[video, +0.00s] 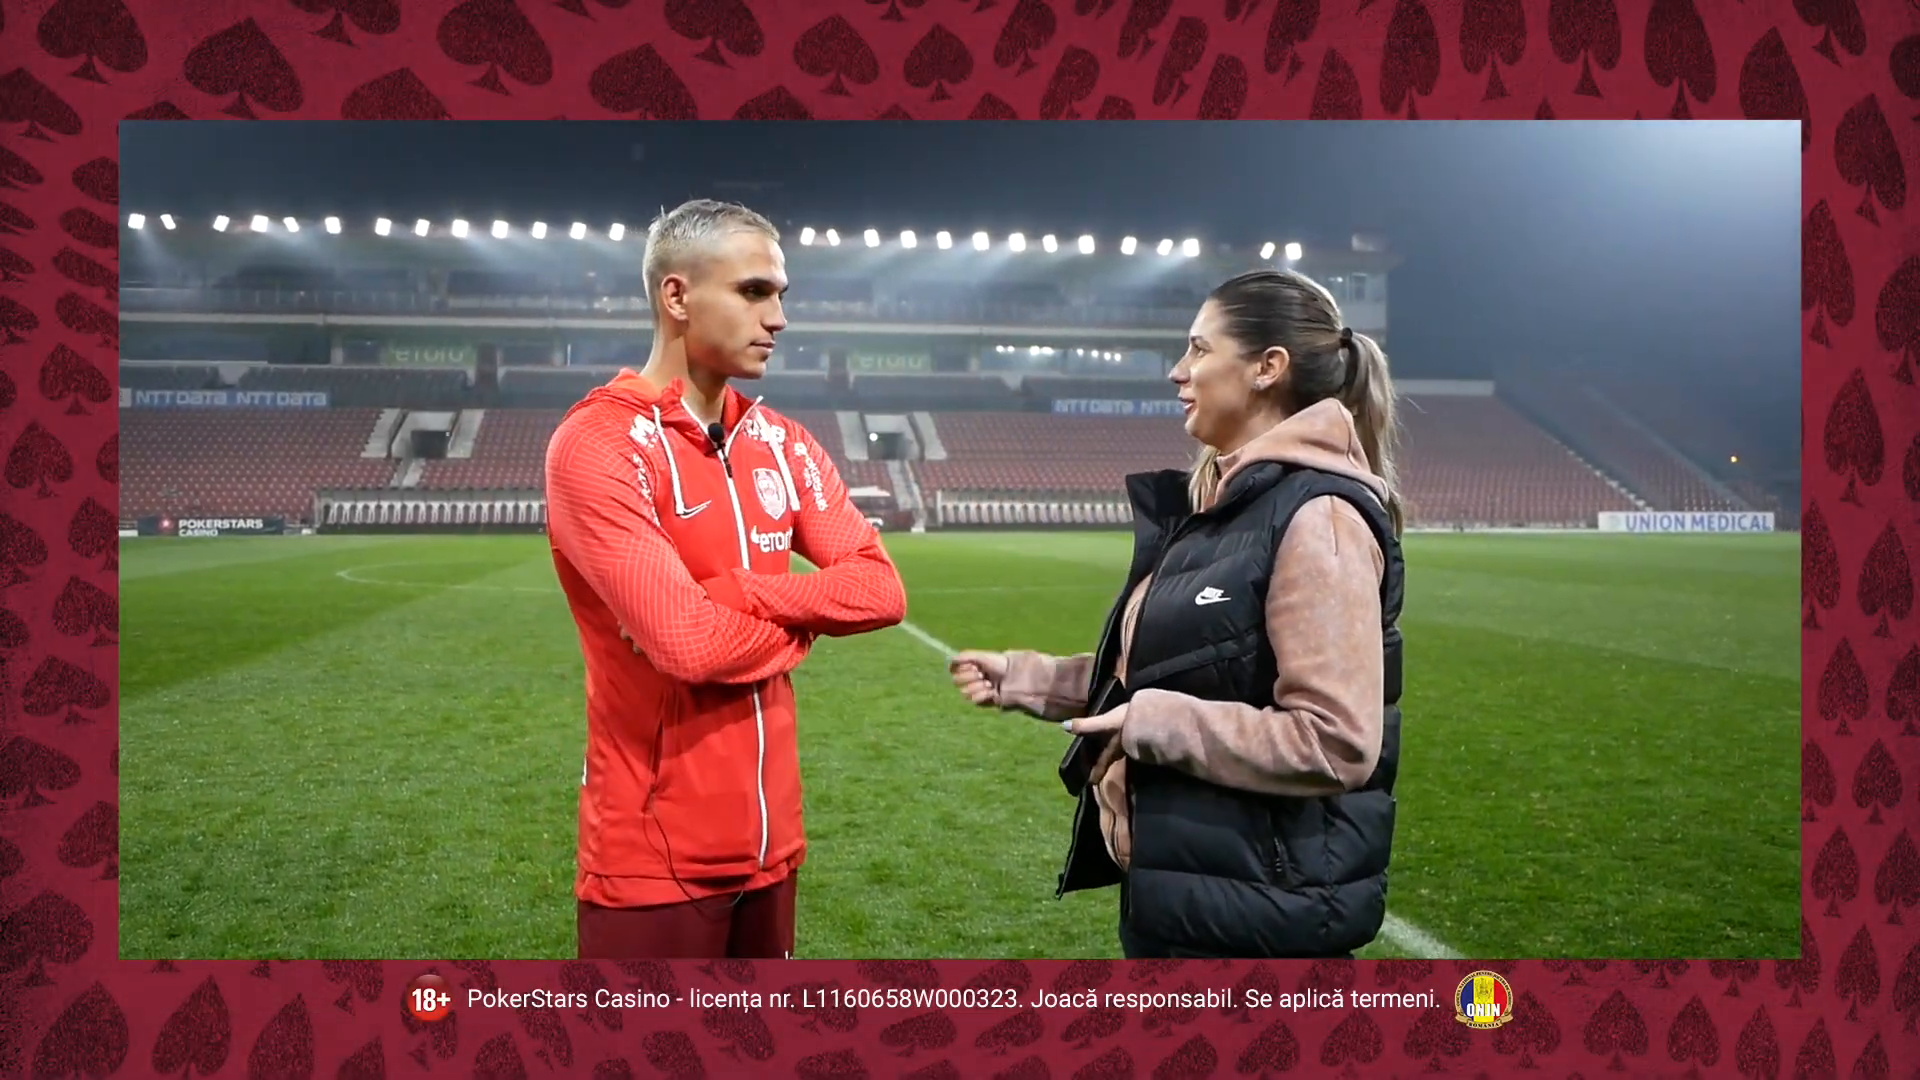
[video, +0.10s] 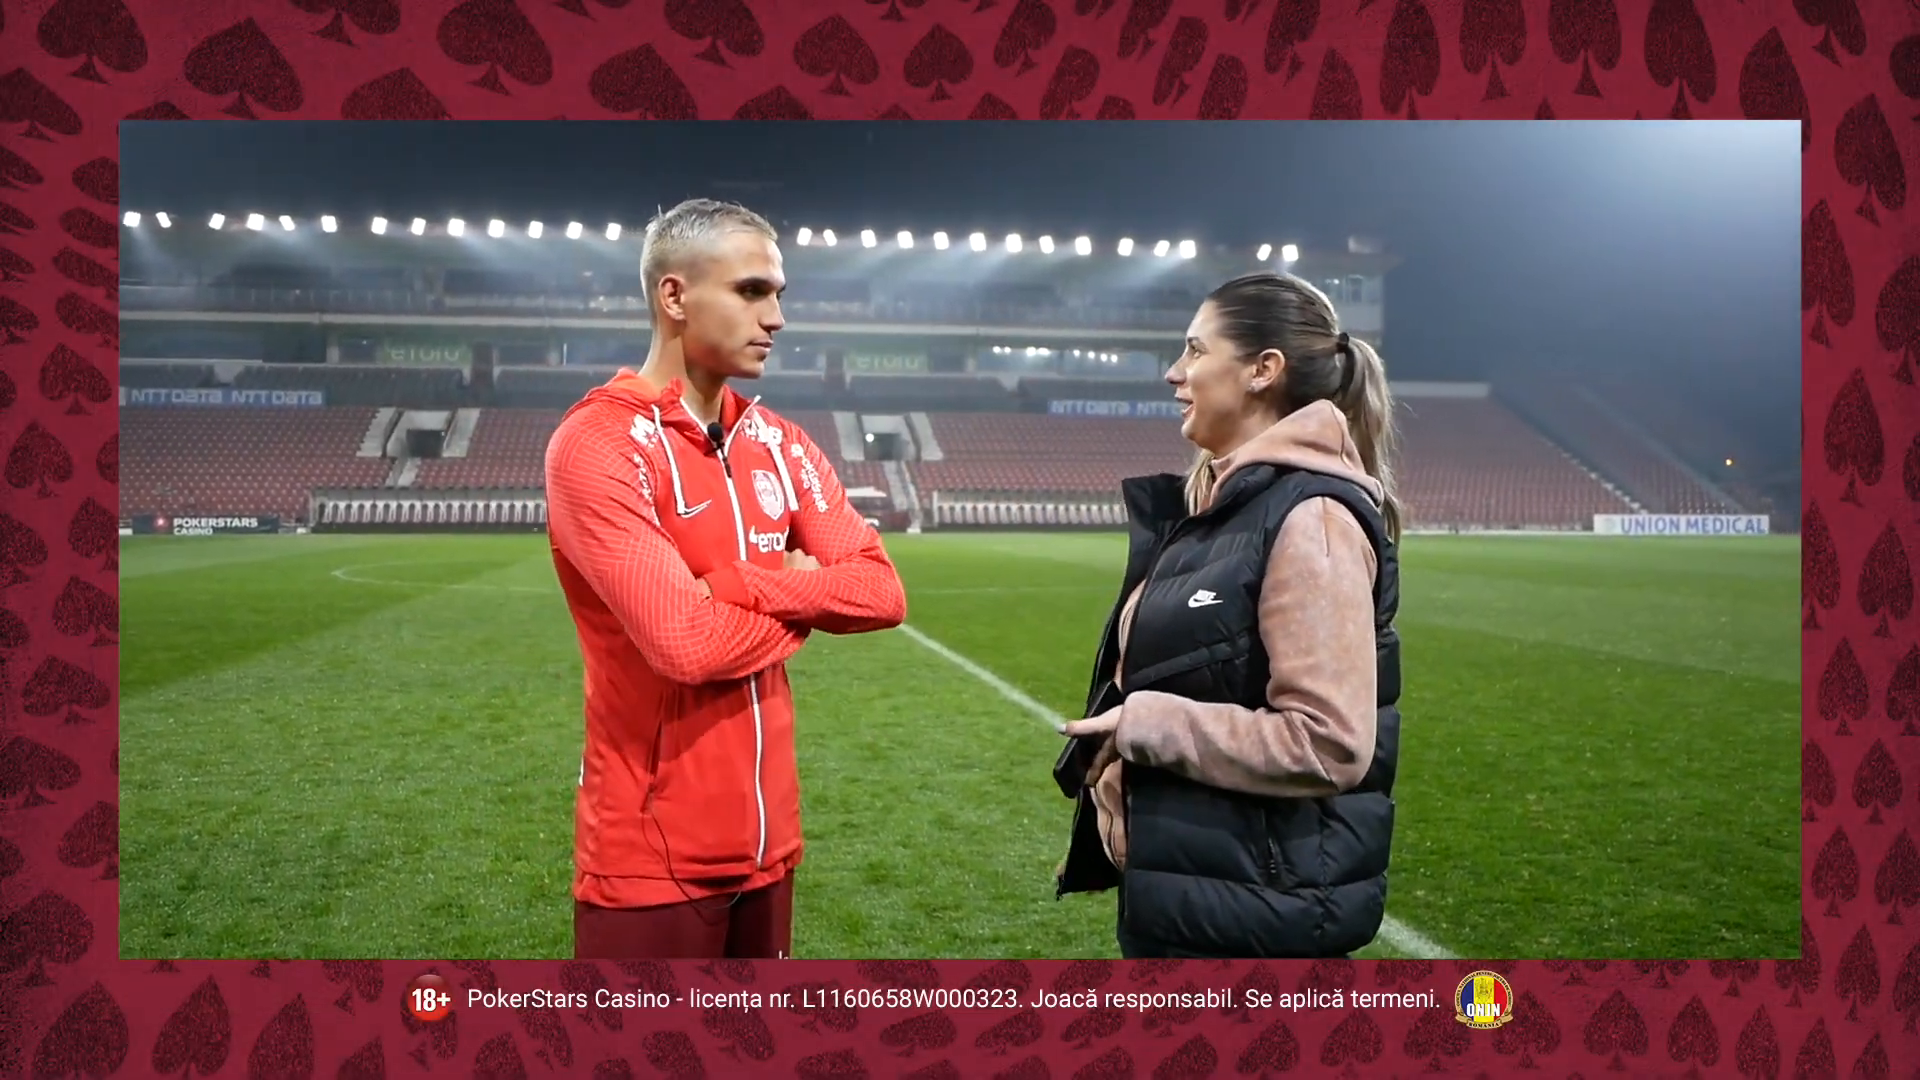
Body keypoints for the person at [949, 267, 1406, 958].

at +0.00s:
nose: (1177, 373)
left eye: (1199, 350)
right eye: (1186, 351)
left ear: (1269, 366)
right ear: (1260, 367)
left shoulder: (1321, 518)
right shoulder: (1225, 502)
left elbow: (1335, 742)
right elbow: (1178, 687)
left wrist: (1159, 723)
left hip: (1255, 920)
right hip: (1186, 907)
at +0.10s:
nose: (1174, 374)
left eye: (1195, 351)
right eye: (1183, 353)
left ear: (1265, 369)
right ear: (1257, 370)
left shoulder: (1314, 521)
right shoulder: (1223, 506)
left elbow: (1329, 743)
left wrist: (1149, 724)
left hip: (1253, 922)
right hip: (1187, 911)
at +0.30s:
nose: (1155, 365)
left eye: (1177, 342)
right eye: (1164, 343)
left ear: (1243, 365)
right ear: (1237, 367)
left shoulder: (1293, 511)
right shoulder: (1211, 498)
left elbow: (1318, 732)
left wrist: (1136, 718)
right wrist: (1109, 761)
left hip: (1255, 918)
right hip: (1194, 909)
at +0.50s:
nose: (1146, 366)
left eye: (1166, 343)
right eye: (1155, 344)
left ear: (1232, 368)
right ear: (1228, 370)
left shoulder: (1285, 510)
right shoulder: (1208, 499)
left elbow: (1310, 730)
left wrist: (1131, 718)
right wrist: (1109, 763)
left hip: (1257, 913)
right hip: (1201, 906)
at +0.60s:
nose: (1146, 371)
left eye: (1167, 350)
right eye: (1155, 350)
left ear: (1234, 373)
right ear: (1230, 375)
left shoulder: (1285, 512)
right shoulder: (1216, 501)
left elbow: (1310, 733)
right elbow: (1204, 688)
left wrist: (1133, 722)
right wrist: (1112, 785)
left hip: (1254, 913)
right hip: (1204, 905)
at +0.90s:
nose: (1160, 381)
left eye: (1181, 360)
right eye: (1169, 361)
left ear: (1250, 381)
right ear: (1243, 382)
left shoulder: (1305, 523)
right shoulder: (1224, 509)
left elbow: (1329, 739)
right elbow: (1197, 682)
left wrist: (1151, 728)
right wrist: (1097, 764)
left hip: (1266, 914)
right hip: (1209, 904)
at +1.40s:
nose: (1194, 393)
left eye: (1215, 371)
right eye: (1202, 372)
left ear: (1285, 386)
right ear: (1277, 386)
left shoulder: (1340, 525)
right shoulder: (1244, 514)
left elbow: (1261, 711)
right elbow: (1146, 667)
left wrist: (1115, 605)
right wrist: (1038, 595)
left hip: (1297, 908)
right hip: (1228, 900)